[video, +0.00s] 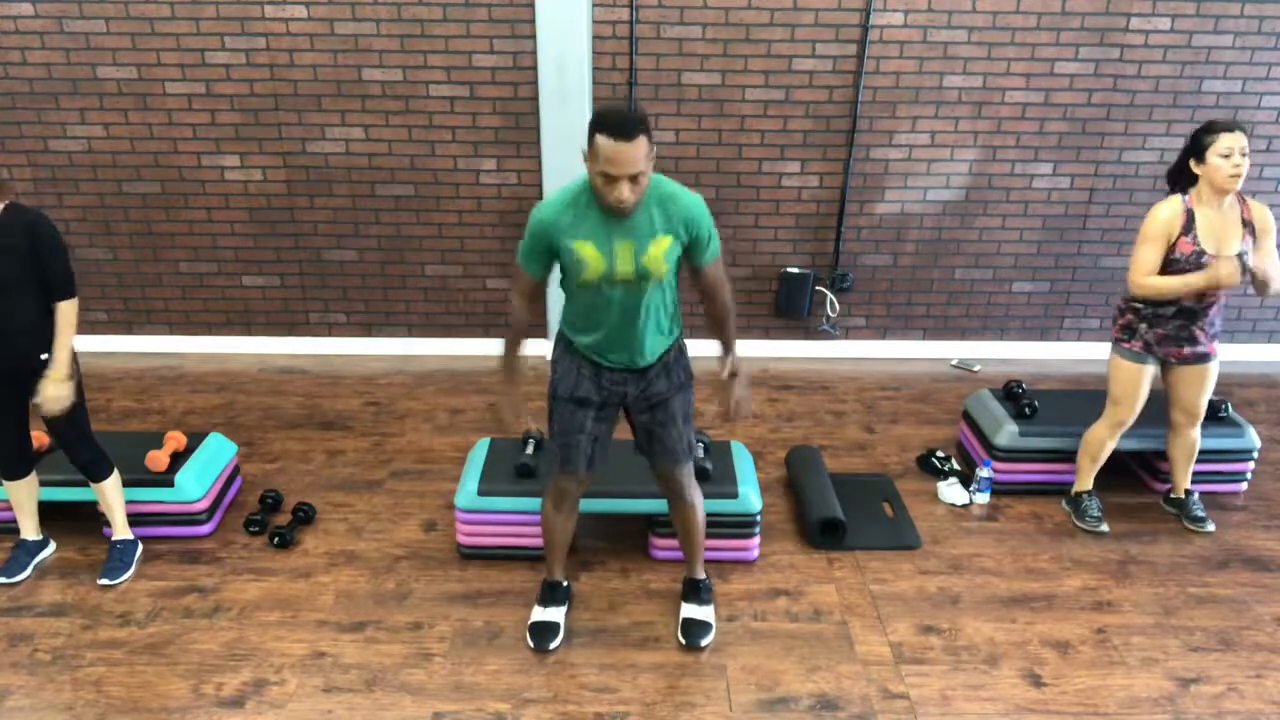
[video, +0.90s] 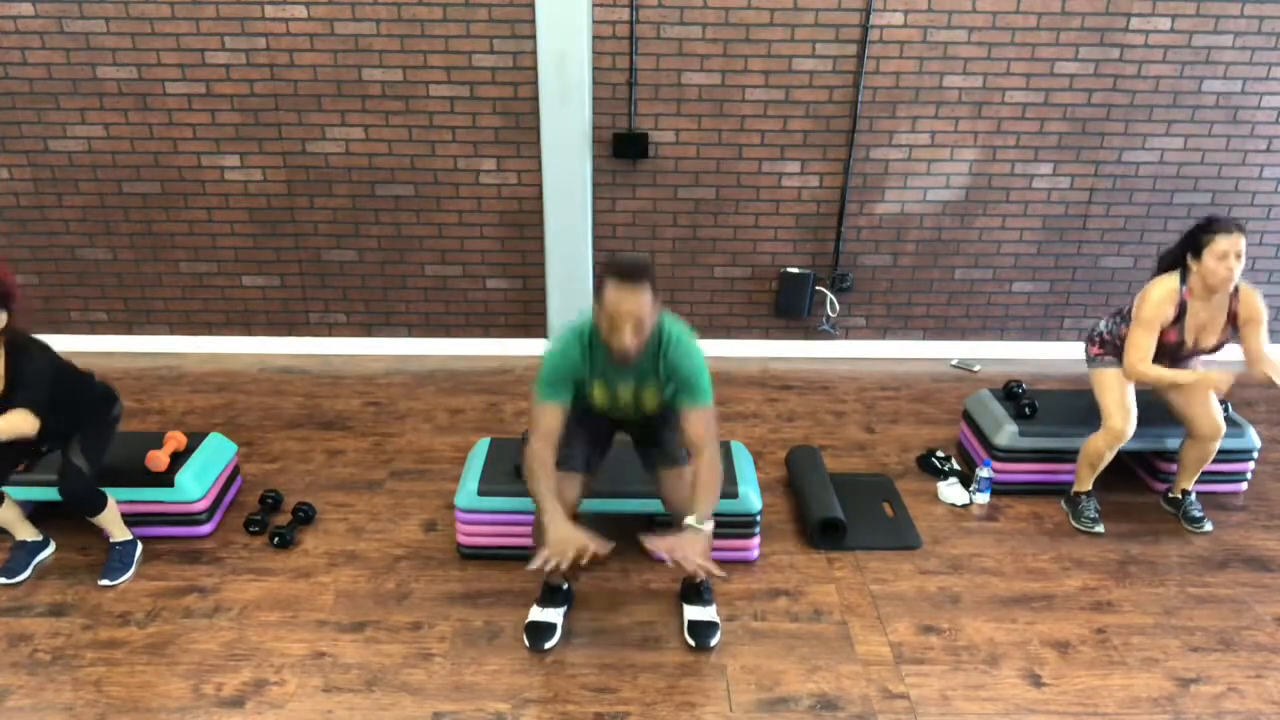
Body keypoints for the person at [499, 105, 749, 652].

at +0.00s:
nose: (623, 192)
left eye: (635, 177)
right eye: (609, 178)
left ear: (652, 161)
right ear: (587, 162)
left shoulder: (685, 211)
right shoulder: (551, 220)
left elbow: (715, 286)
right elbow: (525, 296)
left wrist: (732, 360)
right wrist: (510, 368)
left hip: (660, 364)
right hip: (583, 364)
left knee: (677, 477)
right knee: (566, 481)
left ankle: (697, 583)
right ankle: (553, 586)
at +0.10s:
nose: (626, 229)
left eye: (637, 215)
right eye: (613, 215)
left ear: (653, 200)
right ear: (591, 201)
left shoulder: (682, 242)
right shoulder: (559, 251)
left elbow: (704, 344)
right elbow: (545, 351)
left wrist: (710, 439)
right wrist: (538, 450)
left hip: (659, 367)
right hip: (582, 369)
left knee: (683, 483)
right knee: (559, 485)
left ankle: (698, 582)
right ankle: (554, 583)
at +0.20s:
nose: (626, 299)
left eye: (637, 285)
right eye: (614, 284)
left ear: (653, 269)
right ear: (594, 269)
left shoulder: (682, 301)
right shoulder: (563, 308)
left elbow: (697, 404)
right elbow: (555, 411)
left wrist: (688, 490)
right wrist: (566, 502)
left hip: (656, 394)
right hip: (586, 397)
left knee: (688, 494)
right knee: (556, 499)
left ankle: (697, 586)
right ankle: (555, 585)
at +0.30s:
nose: (624, 367)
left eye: (636, 353)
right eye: (612, 353)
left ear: (652, 335)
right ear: (595, 336)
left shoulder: (678, 353)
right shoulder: (564, 361)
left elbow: (692, 451)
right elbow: (563, 461)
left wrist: (679, 501)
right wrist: (583, 513)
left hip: (654, 431)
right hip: (589, 432)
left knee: (695, 516)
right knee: (552, 513)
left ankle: (698, 585)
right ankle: (553, 589)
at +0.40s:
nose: (625, 418)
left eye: (636, 406)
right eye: (612, 406)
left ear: (652, 385)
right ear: (596, 386)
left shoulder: (681, 402)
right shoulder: (565, 405)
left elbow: (694, 508)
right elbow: (562, 508)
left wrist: (675, 511)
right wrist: (589, 508)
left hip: (657, 456)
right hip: (589, 456)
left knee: (697, 524)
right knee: (548, 524)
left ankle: (697, 587)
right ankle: (553, 589)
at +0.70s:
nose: (623, 426)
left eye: (634, 413)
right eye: (610, 413)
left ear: (651, 397)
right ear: (594, 398)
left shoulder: (680, 423)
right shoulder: (566, 426)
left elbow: (697, 538)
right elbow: (553, 541)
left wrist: (673, 508)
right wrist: (578, 515)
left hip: (659, 474)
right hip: (587, 474)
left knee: (696, 538)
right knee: (547, 529)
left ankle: (696, 588)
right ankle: (553, 590)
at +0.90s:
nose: (626, 340)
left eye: (638, 324)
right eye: (614, 323)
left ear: (656, 312)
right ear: (597, 310)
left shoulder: (681, 348)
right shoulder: (569, 348)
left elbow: (705, 447)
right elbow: (540, 444)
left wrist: (699, 527)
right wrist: (554, 521)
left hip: (656, 416)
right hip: (591, 413)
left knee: (681, 497)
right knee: (562, 495)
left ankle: (696, 585)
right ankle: (555, 587)